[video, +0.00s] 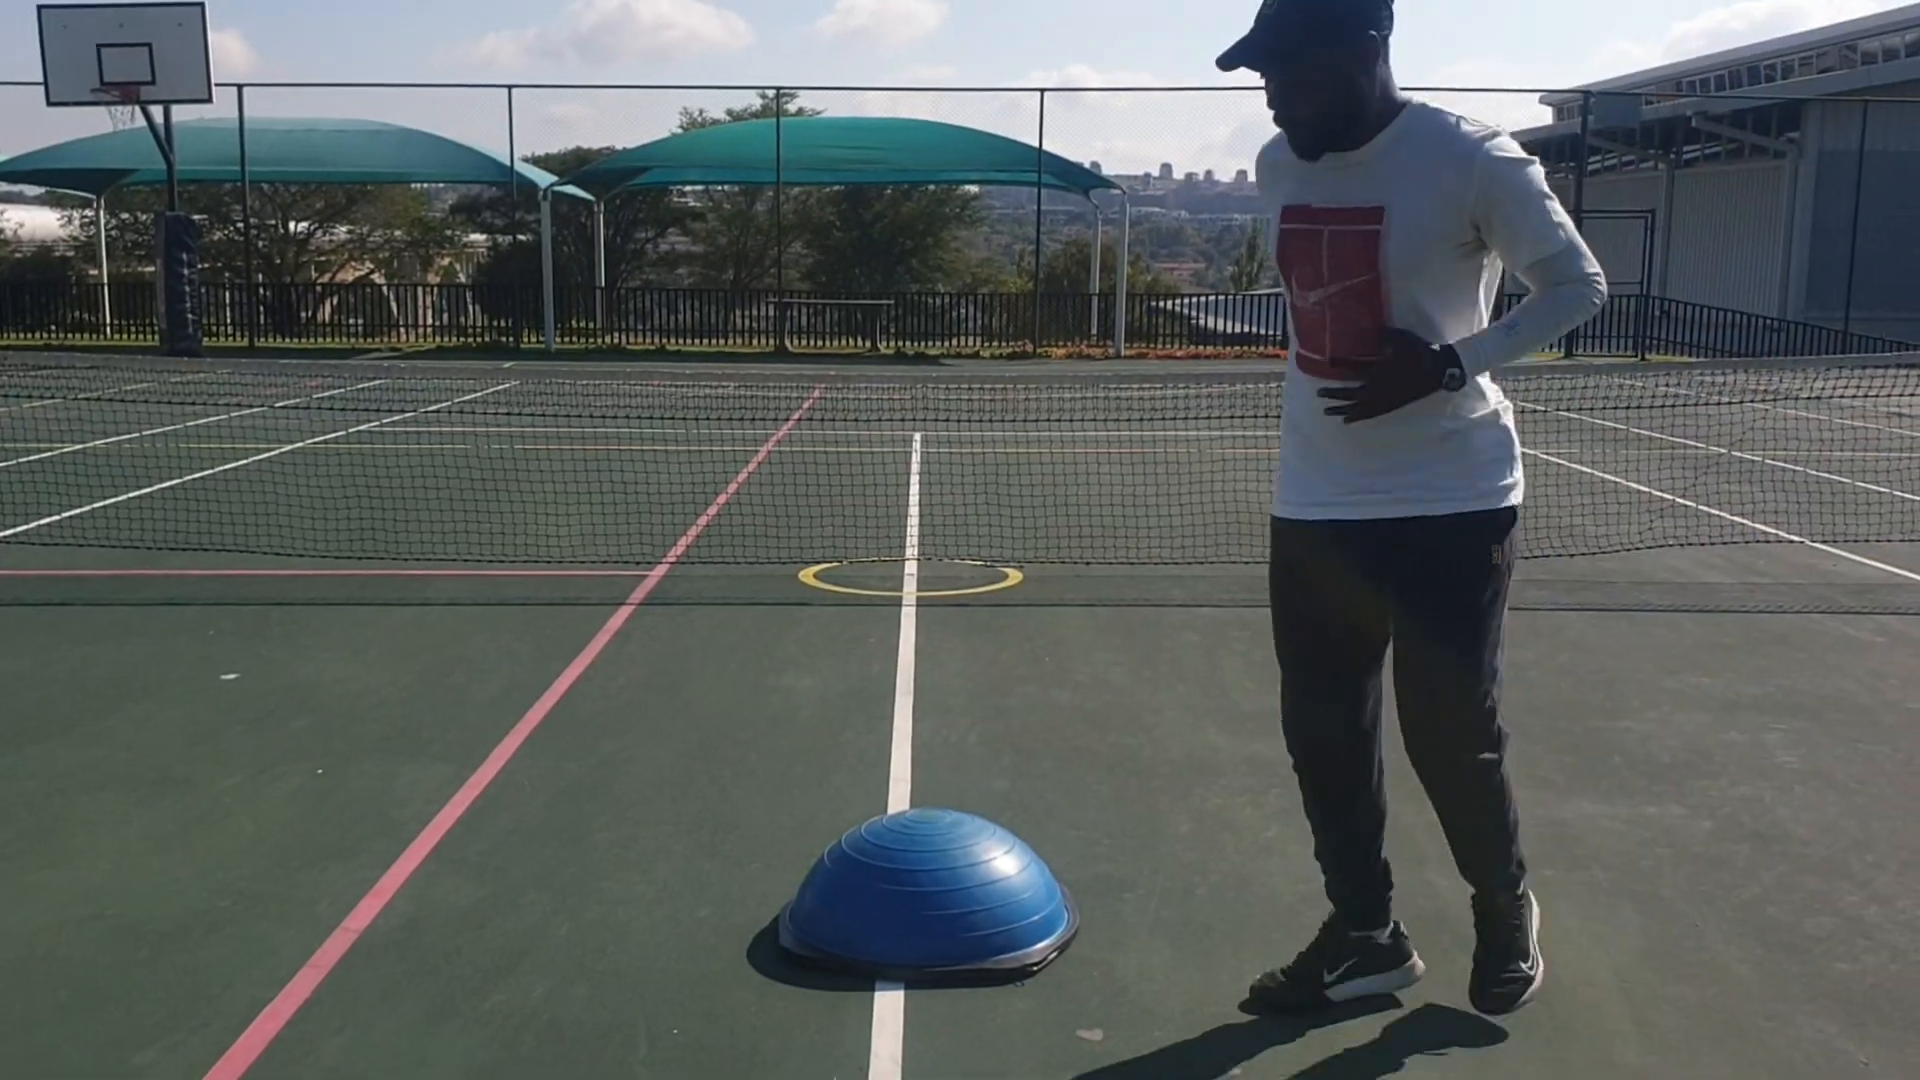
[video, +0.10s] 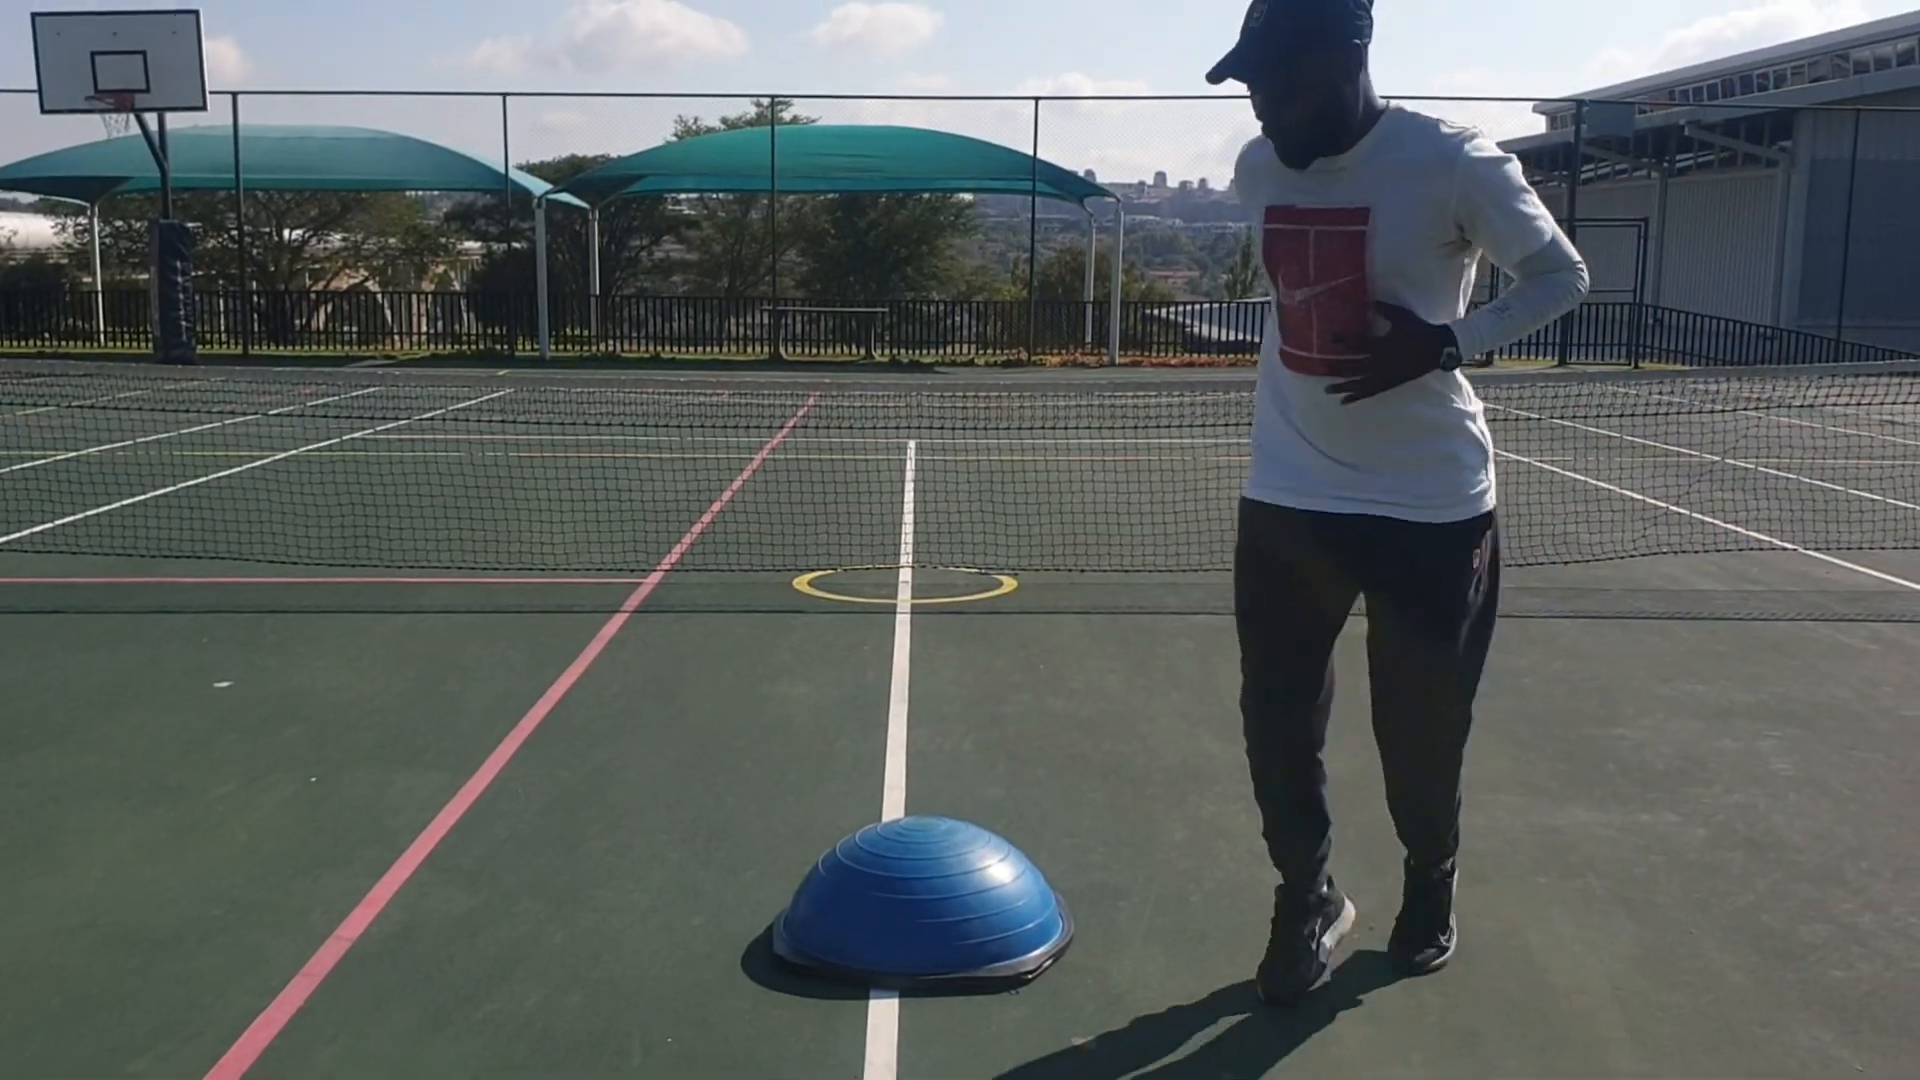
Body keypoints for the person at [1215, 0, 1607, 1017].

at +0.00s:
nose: (1270, 96)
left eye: (1285, 74)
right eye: (1265, 76)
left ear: (1360, 58)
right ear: (1273, 73)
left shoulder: (1469, 161)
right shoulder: (1280, 167)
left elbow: (1577, 284)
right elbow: (1314, 291)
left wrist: (1453, 360)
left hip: (1448, 504)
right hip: (1316, 502)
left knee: (1447, 733)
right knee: (1324, 735)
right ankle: (1364, 933)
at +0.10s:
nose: (1257, 106)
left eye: (1272, 82)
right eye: (1251, 84)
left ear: (1343, 67)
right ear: (1258, 76)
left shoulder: (1453, 163)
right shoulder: (1256, 170)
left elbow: (1560, 276)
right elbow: (1301, 276)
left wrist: (1443, 342)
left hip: (1429, 505)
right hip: (1291, 490)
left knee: (1420, 732)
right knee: (1276, 719)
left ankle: (1429, 883)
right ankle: (1305, 901)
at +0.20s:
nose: (1237, 150)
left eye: (1252, 130)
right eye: (1234, 130)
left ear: (1323, 119)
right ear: (1254, 122)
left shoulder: (1435, 213)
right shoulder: (1238, 226)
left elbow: (1536, 316)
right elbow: (1257, 358)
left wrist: (1452, 409)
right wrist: (1236, 470)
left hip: (1399, 533)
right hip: (1264, 515)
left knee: (1411, 739)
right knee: (1218, 716)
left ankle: (1422, 901)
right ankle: (1227, 843)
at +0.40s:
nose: (1193, 169)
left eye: (1213, 151)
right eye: (1186, 148)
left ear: (1277, 137)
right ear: (1181, 135)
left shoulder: (1360, 211)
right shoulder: (1152, 232)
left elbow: (1415, 274)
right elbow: (1119, 328)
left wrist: (1392, 351)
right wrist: (1096, 443)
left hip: (1321, 509)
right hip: (1191, 512)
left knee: (1355, 713)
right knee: (1181, 708)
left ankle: (1397, 891)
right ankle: (1175, 860)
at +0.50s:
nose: (1167, 144)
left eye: (1187, 126)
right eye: (1160, 123)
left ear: (1247, 113)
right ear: (1154, 109)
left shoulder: (1317, 179)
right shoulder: (1121, 196)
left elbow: (1388, 232)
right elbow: (1087, 266)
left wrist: (1351, 287)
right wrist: (1075, 359)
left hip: (1280, 480)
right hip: (1154, 488)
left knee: (1291, 683)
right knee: (1155, 684)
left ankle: (1297, 853)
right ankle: (1162, 848)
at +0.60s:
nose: (1141, 139)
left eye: (1162, 120)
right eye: (1130, 117)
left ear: (1214, 107)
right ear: (1118, 104)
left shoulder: (1285, 183)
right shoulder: (1093, 189)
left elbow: (1361, 233)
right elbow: (1069, 268)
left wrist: (1304, 318)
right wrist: (1052, 377)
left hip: (1237, 462)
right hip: (1119, 452)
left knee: (1228, 662)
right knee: (1101, 643)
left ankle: (1224, 830)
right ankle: (1094, 778)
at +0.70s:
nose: (1110, 183)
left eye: (1132, 163)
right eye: (1097, 160)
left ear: (1179, 152)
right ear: (1081, 148)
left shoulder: (1244, 231)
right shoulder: (1057, 232)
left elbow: (1329, 304)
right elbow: (1037, 326)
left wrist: (1264, 400)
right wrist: (1003, 446)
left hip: (1200, 489)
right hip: (1084, 464)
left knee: (1206, 698)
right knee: (1019, 614)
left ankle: (1215, 846)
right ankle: (984, 753)